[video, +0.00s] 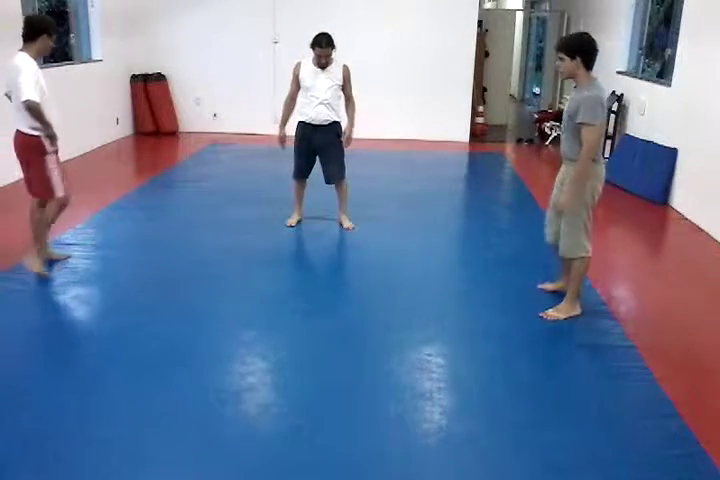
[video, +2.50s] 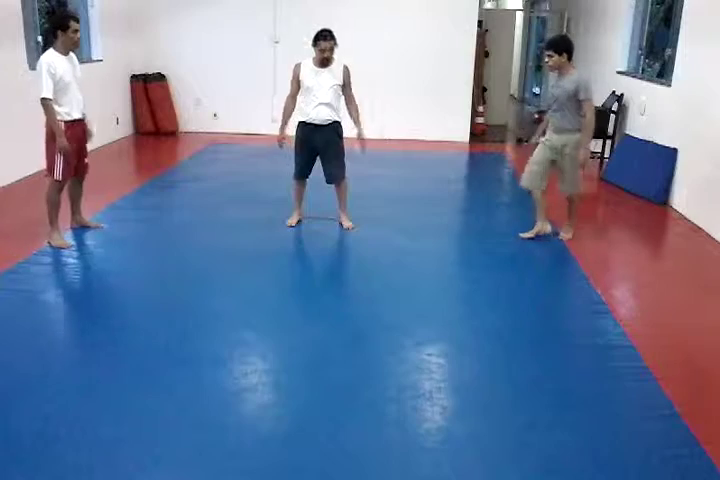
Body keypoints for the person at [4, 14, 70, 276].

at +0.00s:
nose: (51, 46)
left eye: (52, 41)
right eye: (51, 40)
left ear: (29, 37)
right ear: (42, 39)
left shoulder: (17, 61)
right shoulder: (26, 65)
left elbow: (9, 93)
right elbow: (30, 102)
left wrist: (35, 118)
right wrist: (49, 130)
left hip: (27, 136)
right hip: (36, 138)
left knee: (41, 198)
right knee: (59, 198)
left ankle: (42, 249)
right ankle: (36, 252)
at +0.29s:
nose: (61, 47)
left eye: (62, 42)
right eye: (61, 42)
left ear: (37, 37)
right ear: (55, 40)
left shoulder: (20, 62)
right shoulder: (48, 63)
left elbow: (2, 93)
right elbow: (61, 97)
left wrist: (20, 118)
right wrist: (67, 123)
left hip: (26, 136)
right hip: (49, 136)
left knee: (40, 193)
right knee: (76, 184)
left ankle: (41, 250)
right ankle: (72, 240)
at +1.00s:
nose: (83, 45)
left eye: (84, 41)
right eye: (83, 41)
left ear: (62, 36)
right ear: (76, 38)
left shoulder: (43, 56)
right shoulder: (71, 59)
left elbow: (19, 84)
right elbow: (86, 91)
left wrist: (33, 113)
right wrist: (82, 117)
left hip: (44, 124)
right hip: (63, 125)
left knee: (63, 177)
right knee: (72, 180)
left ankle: (68, 222)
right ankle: (69, 234)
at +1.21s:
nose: (87, 44)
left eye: (87, 39)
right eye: (86, 38)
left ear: (71, 35)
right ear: (76, 36)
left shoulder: (54, 55)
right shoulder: (63, 56)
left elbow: (40, 91)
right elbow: (62, 87)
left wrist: (47, 116)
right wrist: (78, 107)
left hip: (53, 119)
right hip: (62, 121)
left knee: (68, 172)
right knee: (70, 175)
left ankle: (71, 218)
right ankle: (68, 231)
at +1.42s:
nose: (88, 40)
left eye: (88, 35)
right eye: (86, 35)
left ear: (72, 33)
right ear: (73, 33)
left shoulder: (64, 55)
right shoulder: (55, 54)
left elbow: (60, 89)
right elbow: (46, 85)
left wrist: (76, 115)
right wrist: (75, 112)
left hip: (66, 120)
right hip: (58, 121)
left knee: (70, 175)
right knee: (66, 176)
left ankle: (71, 219)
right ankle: (66, 229)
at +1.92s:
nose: (75, 35)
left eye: (75, 31)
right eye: (71, 31)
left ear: (66, 33)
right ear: (56, 32)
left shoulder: (66, 58)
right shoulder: (40, 59)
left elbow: (75, 97)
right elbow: (37, 100)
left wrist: (93, 121)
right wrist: (44, 131)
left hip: (70, 123)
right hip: (52, 125)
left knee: (76, 173)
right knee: (53, 180)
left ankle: (71, 219)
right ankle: (54, 232)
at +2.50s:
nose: (78, 36)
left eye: (79, 32)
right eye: (74, 32)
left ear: (73, 33)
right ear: (60, 33)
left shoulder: (72, 58)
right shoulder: (47, 61)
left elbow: (75, 94)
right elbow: (46, 101)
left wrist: (84, 122)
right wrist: (59, 135)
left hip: (77, 123)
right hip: (61, 125)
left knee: (78, 174)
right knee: (58, 180)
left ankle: (77, 217)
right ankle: (54, 231)